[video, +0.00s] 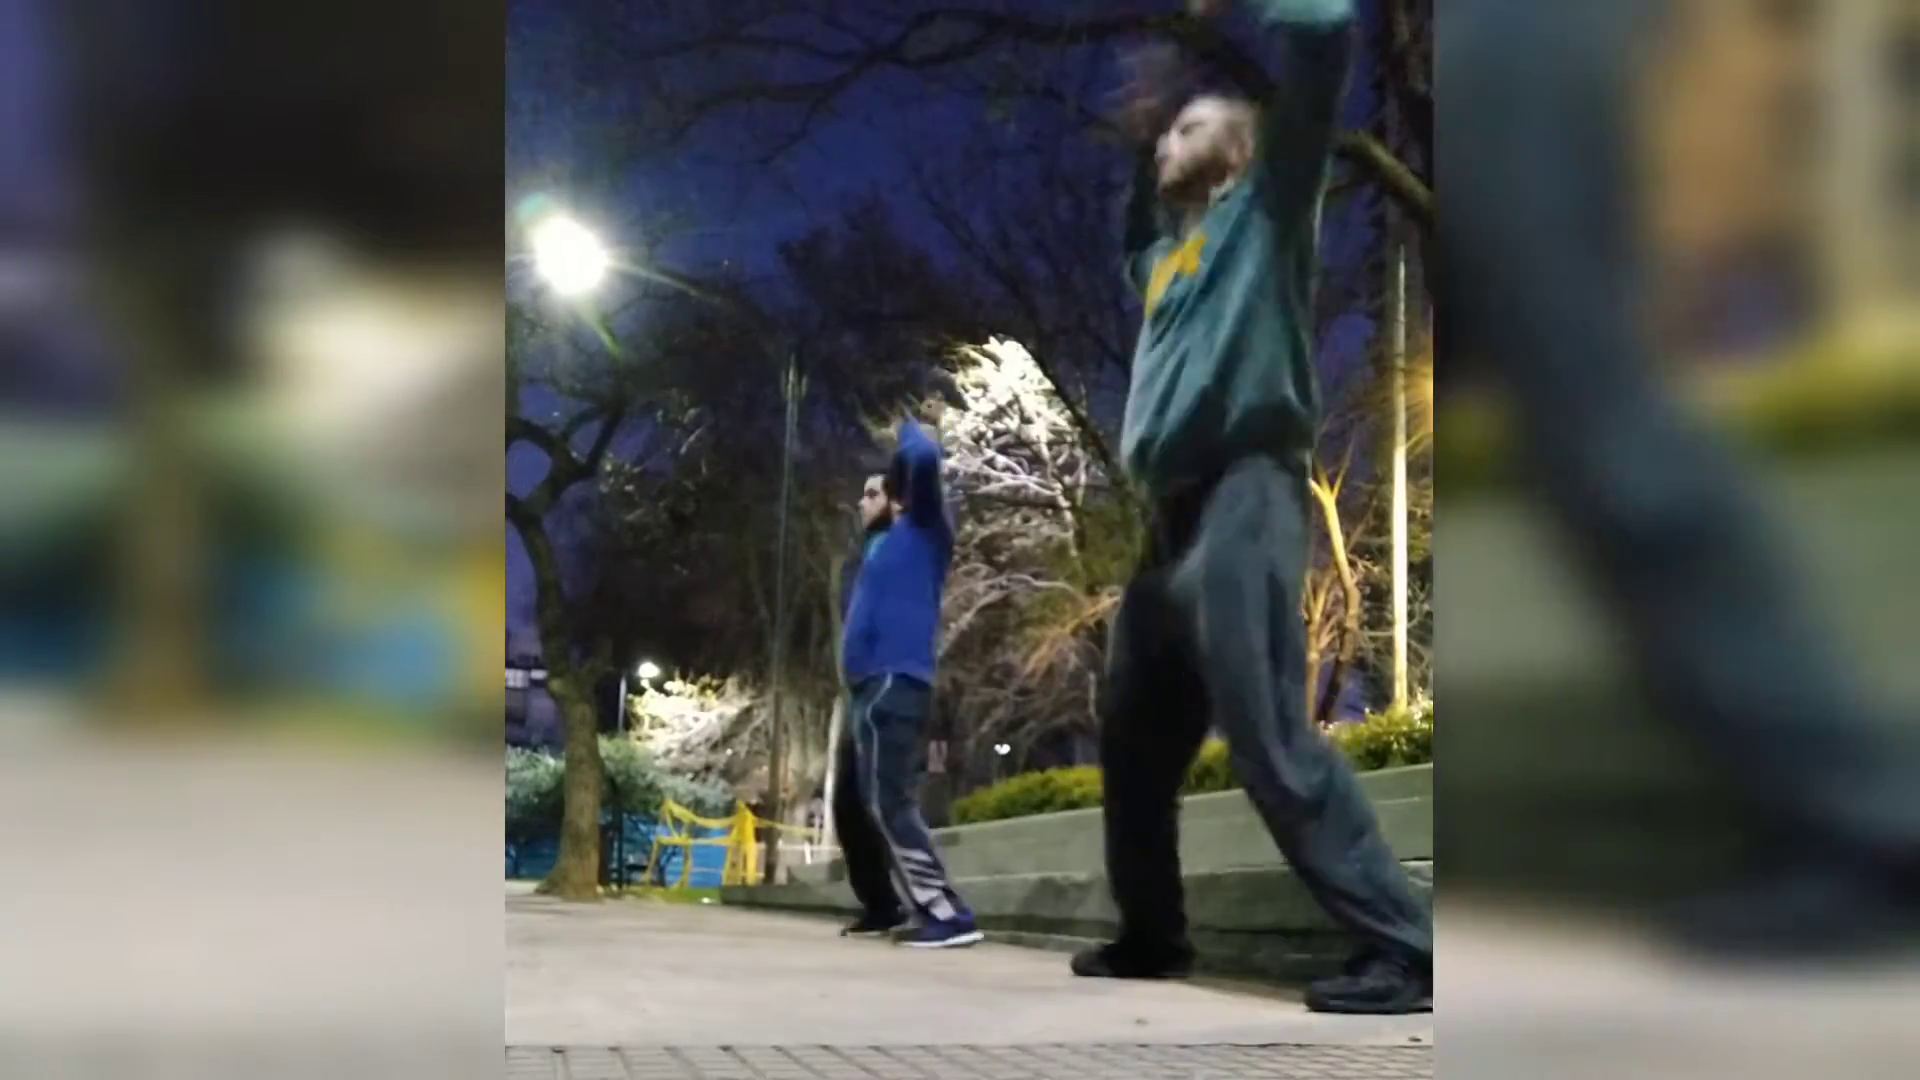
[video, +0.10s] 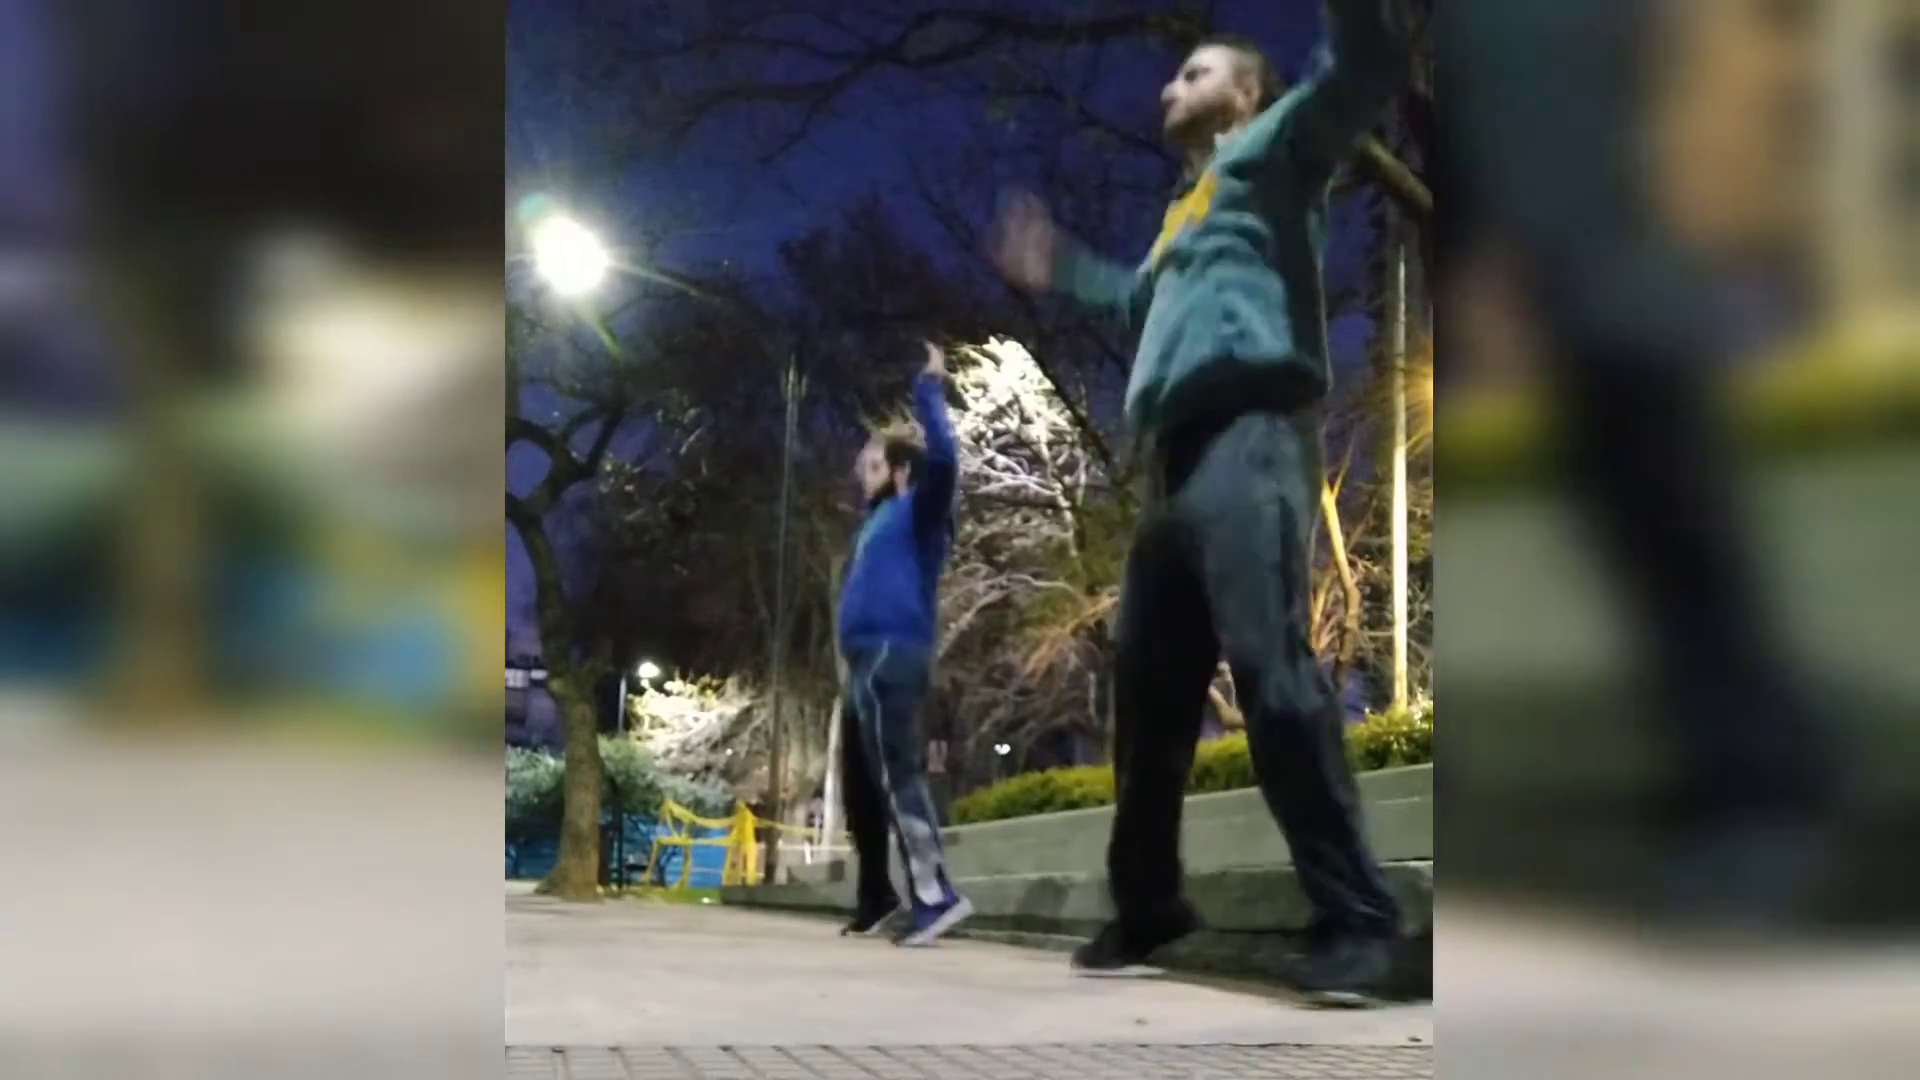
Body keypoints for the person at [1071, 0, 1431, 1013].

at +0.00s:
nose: (1173, 136)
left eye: (1194, 121)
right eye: (1171, 128)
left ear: (1240, 139)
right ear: (1179, 164)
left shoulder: (1271, 199)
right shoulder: (1161, 255)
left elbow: (1322, 36)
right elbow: (1137, 231)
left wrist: (1232, 18)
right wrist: (1154, 152)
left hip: (1249, 490)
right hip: (1174, 515)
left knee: (1267, 734)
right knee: (1135, 737)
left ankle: (1398, 950)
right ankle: (1150, 935)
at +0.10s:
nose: (1174, 83)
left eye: (1198, 72)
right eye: (1176, 74)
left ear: (1250, 94)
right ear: (1185, 108)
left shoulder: (1272, 154)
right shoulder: (1181, 228)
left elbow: (1353, 72)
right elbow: (1131, 296)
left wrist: (1353, 2)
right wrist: (1052, 263)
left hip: (1251, 438)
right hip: (1180, 463)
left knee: (1273, 676)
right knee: (1150, 690)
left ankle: (1361, 928)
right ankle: (1147, 908)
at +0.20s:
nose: (1172, 79)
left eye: (1194, 64)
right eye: (1173, 69)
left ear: (1250, 87)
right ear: (1187, 100)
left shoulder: (1260, 150)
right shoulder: (1180, 211)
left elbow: (1314, 154)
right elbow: (1155, 356)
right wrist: (1050, 372)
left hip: (1250, 432)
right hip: (1180, 452)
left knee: (1258, 669)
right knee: (1147, 685)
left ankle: (1322, 913)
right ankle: (1182, 909)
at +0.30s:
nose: (1178, 95)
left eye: (1200, 84)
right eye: (1178, 87)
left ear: (1250, 112)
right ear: (1182, 122)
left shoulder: (1279, 177)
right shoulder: (1185, 229)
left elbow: (1366, 277)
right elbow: (1180, 376)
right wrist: (1119, 471)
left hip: (1244, 469)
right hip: (1174, 483)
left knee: (1241, 693)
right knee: (1149, 715)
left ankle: (1300, 943)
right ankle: (1210, 937)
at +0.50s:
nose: (1193, 88)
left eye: (1214, 75)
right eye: (1196, 77)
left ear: (1262, 100)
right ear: (1214, 107)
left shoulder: (1296, 176)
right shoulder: (1205, 214)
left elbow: (1341, 279)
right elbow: (1197, 379)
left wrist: (1275, 294)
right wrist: (1125, 453)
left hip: (1263, 457)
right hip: (1187, 474)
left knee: (1249, 694)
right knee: (1179, 706)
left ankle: (1295, 946)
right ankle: (1211, 935)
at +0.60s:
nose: (1202, 67)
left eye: (1227, 54)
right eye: (1202, 58)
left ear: (1282, 81)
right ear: (1211, 96)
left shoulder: (1293, 155)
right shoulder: (1200, 202)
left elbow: (1360, 100)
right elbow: (1165, 324)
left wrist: (1365, 3)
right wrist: (1072, 290)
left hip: (1266, 419)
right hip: (1196, 441)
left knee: (1289, 660)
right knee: (1182, 681)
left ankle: (1358, 918)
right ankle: (1182, 906)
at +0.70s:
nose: (1215, 103)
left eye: (1233, 93)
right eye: (1213, 98)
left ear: (1268, 117)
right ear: (1216, 134)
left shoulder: (1291, 175)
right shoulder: (1185, 237)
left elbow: (1355, 44)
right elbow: (1145, 251)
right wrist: (1136, 152)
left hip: (1267, 463)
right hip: (1192, 482)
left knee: (1296, 680)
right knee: (1156, 712)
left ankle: (1408, 941)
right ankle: (1183, 923)